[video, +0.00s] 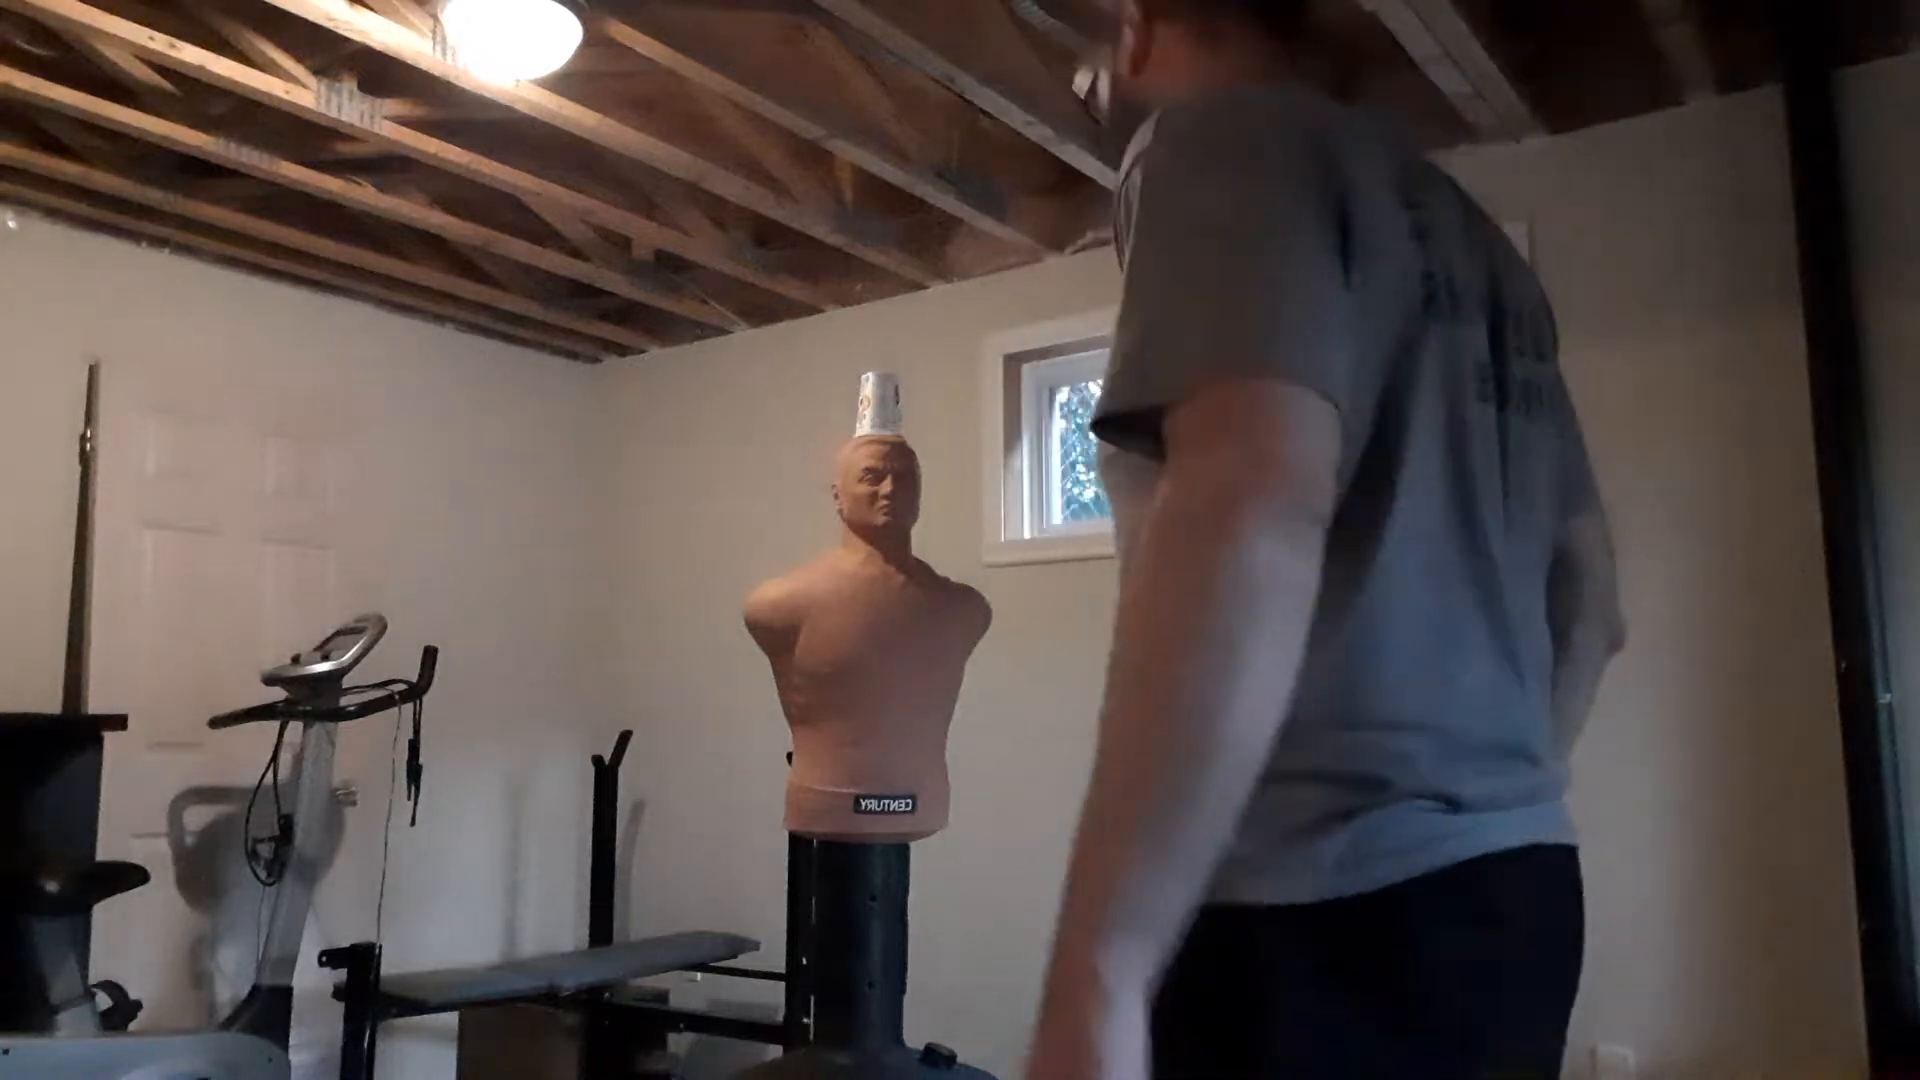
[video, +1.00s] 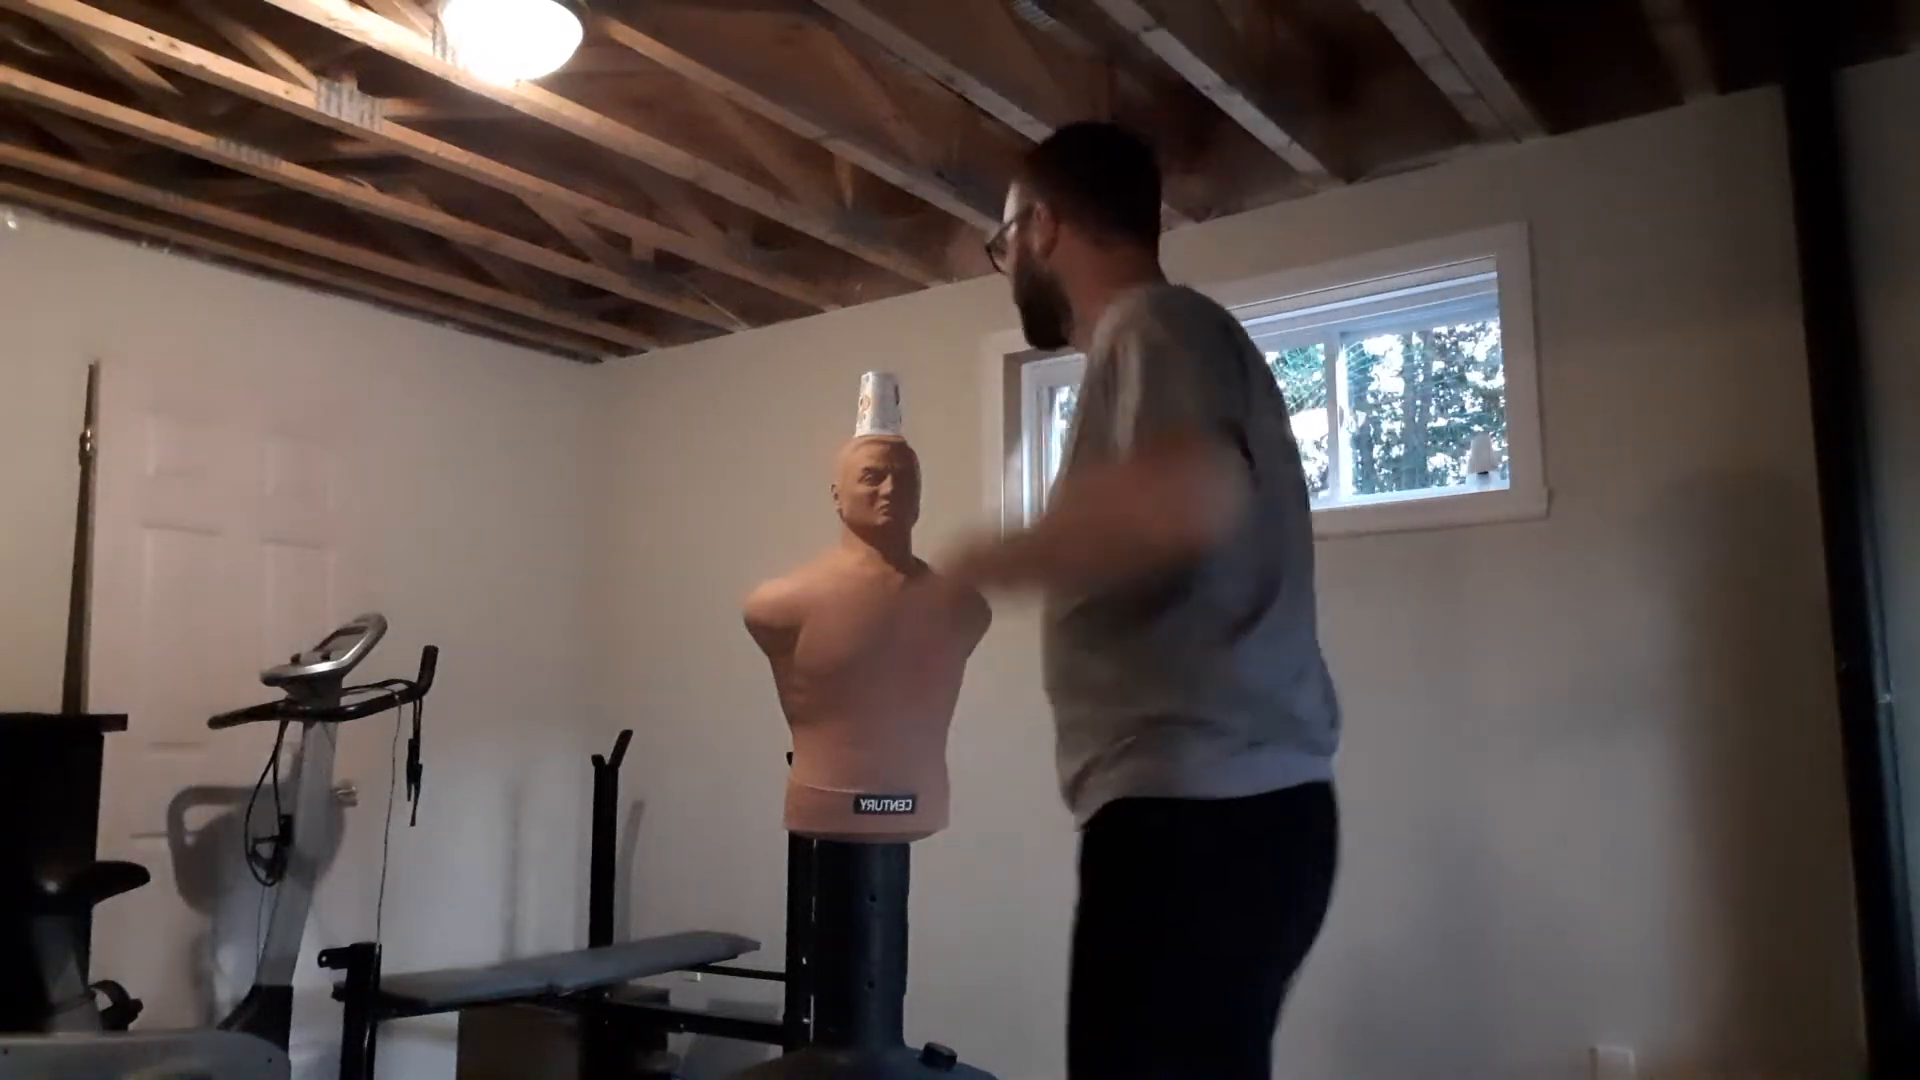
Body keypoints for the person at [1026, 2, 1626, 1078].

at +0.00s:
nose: (1118, 78)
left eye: (1122, 46)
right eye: (1118, 52)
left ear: (1152, 27)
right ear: (1292, 26)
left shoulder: (1236, 138)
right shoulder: (1474, 233)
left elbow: (1250, 502)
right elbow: (1585, 605)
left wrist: (1100, 980)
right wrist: (1476, 822)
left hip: (1316, 907)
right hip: (1507, 888)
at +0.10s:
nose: (1128, 116)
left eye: (1126, 86)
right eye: (1123, 97)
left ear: (1152, 52)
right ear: (1311, 48)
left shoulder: (1222, 130)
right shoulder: (1473, 240)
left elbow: (1248, 415)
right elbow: (1567, 585)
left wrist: (1074, 856)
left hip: (1280, 865)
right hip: (1504, 871)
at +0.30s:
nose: (1121, 153)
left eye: (1119, 130)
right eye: (1122, 135)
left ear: (1143, 108)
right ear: (1285, 119)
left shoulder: (1177, 179)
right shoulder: (1407, 266)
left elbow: (1177, 427)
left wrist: (1034, 751)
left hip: (1233, 868)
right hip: (1463, 862)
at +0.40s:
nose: (1095, 165)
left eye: (1093, 141)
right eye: (1094, 145)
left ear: (1115, 121)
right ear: (1248, 120)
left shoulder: (1143, 228)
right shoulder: (1387, 287)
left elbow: (1108, 532)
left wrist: (991, 821)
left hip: (1202, 884)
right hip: (1426, 877)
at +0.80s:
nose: (999, 212)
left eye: (998, 184)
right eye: (999, 187)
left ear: (1021, 179)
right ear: (1144, 174)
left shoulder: (1108, 312)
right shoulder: (1272, 334)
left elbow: (1098, 607)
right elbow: (1385, 568)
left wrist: (1015, 802)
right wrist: (1270, 700)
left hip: (1156, 842)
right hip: (1290, 833)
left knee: (1124, 1067)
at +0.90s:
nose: (1001, 242)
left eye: (1002, 214)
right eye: (998, 219)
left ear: (1037, 206)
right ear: (1138, 201)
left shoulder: (1146, 331)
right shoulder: (1228, 341)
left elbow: (1165, 571)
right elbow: (1341, 544)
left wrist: (983, 731)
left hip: (1167, 829)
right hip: (1242, 822)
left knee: (1128, 1068)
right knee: (1212, 1068)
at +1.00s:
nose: (1003, 256)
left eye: (1011, 224)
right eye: (1004, 229)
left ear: (1052, 225)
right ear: (1133, 223)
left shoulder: (1156, 324)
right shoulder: (1184, 331)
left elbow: (1189, 494)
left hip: (1193, 818)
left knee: (1141, 1067)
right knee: (1182, 1068)